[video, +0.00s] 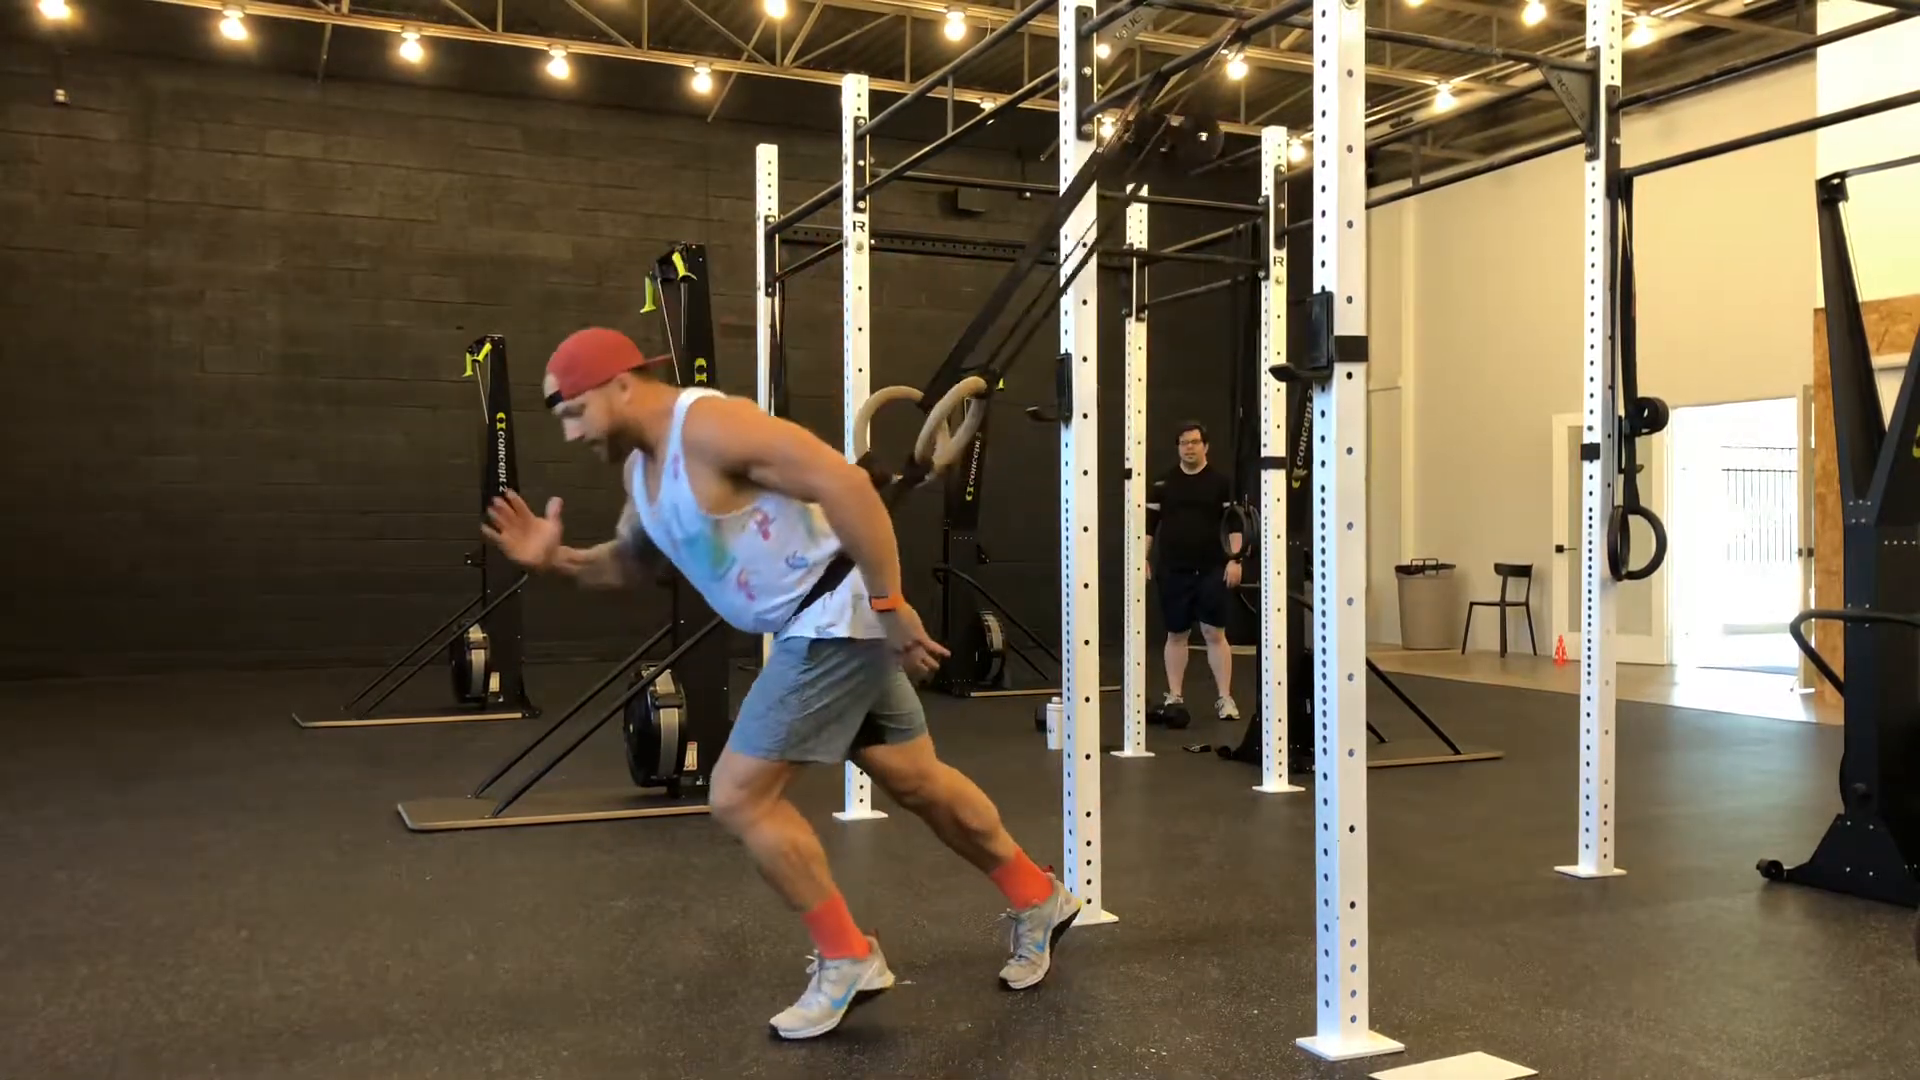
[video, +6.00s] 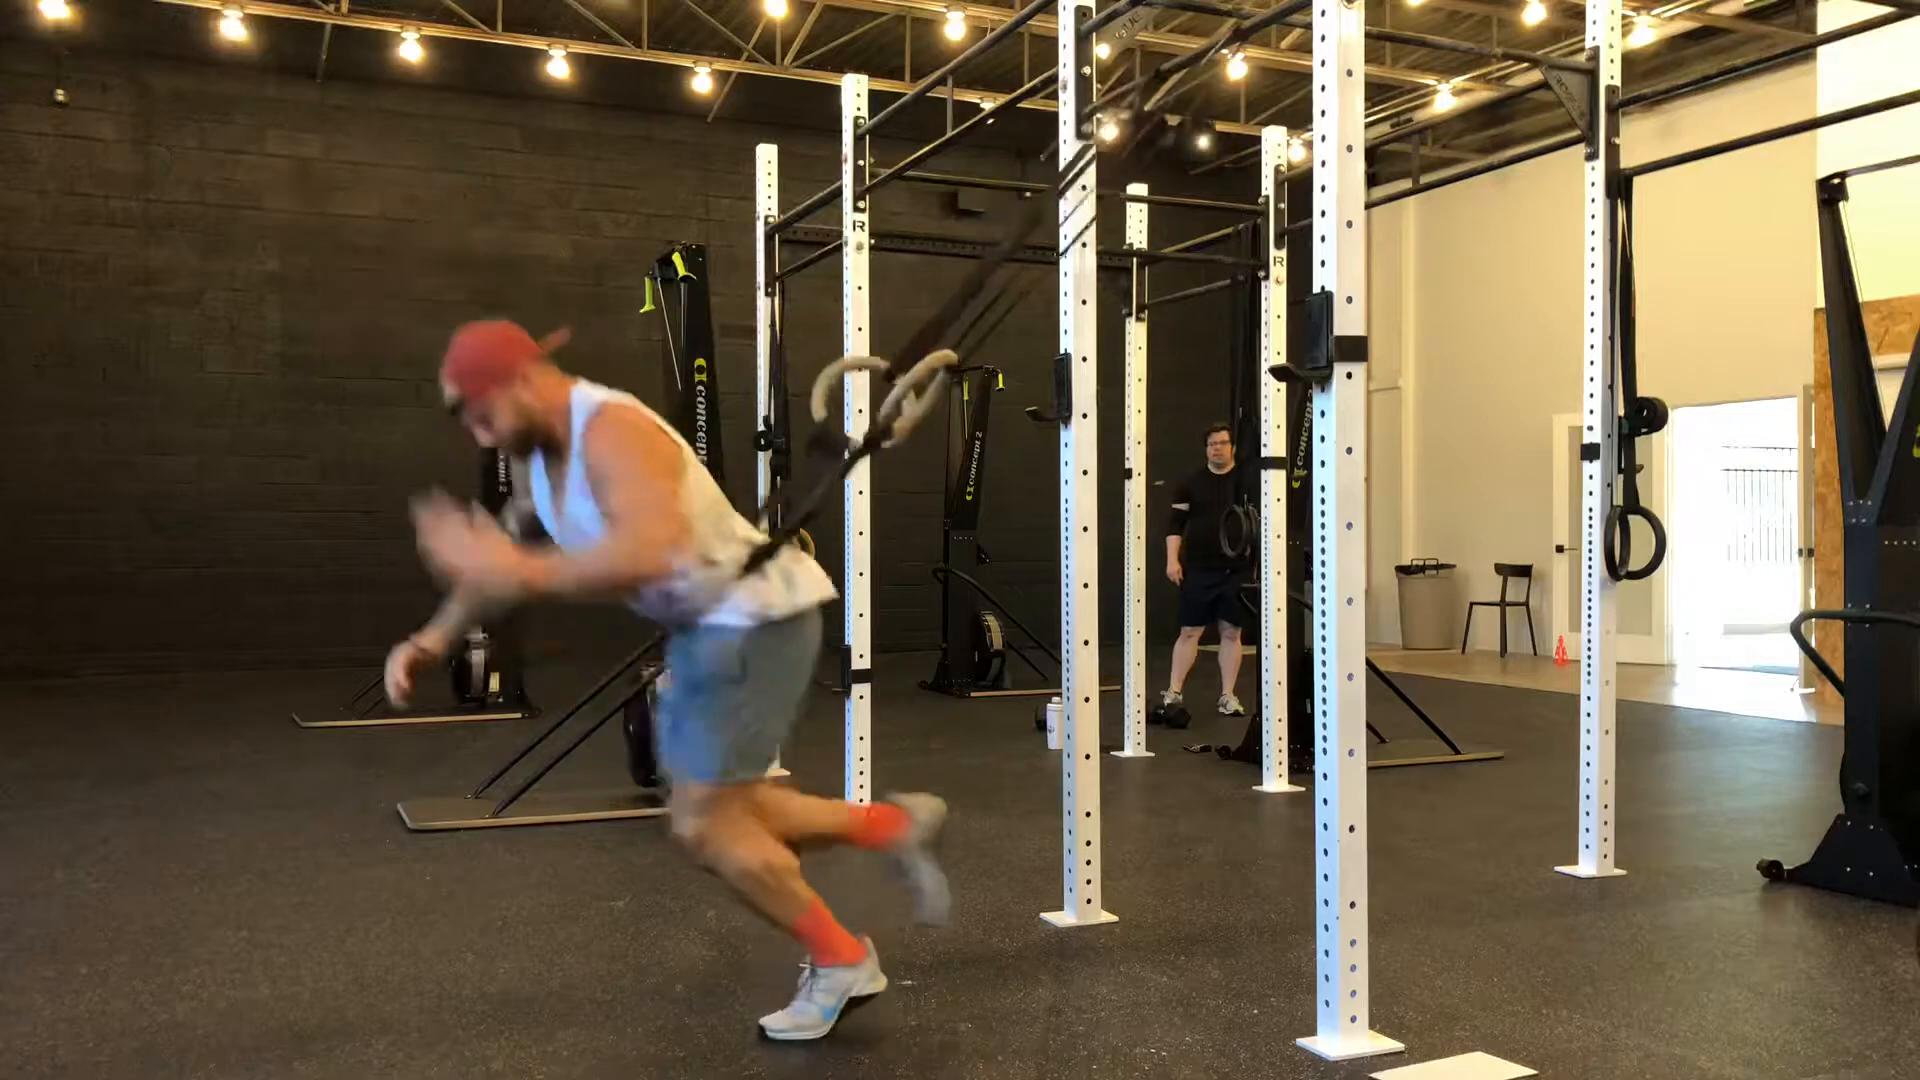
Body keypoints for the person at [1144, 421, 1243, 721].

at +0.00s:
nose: (1189, 448)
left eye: (1194, 443)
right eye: (1184, 443)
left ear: (1205, 446)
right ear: (1177, 448)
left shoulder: (1220, 482)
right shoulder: (1165, 484)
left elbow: (1234, 524)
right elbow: (1150, 525)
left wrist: (1235, 559)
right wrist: (1143, 557)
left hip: (1211, 569)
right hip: (1173, 569)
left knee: (1214, 633)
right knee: (1176, 634)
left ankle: (1225, 698)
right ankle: (1174, 696)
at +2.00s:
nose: (1182, 449)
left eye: (1187, 443)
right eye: (1177, 444)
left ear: (1200, 446)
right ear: (1171, 448)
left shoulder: (1216, 481)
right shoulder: (1161, 484)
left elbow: (1233, 522)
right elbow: (1147, 529)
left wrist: (1232, 558)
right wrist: (1141, 564)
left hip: (1209, 570)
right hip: (1171, 570)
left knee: (1213, 634)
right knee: (1175, 634)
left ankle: (1224, 698)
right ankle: (1174, 697)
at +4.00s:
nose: (1173, 449)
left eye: (1179, 443)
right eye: (1168, 444)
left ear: (1191, 447)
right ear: (1162, 449)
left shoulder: (1208, 482)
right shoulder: (1152, 485)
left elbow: (1224, 524)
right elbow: (1140, 525)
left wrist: (1221, 557)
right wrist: (1138, 563)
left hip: (1200, 569)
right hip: (1164, 569)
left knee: (1207, 632)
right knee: (1170, 634)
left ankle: (1223, 697)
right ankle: (1173, 696)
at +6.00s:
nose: (1217, 449)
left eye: (1223, 443)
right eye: (1213, 444)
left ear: (1233, 447)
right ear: (1205, 449)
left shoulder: (1246, 480)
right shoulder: (1192, 482)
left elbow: (1261, 521)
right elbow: (1175, 523)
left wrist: (1259, 561)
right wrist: (1172, 559)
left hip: (1235, 569)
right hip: (1197, 568)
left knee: (1231, 632)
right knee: (1190, 631)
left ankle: (1228, 696)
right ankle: (1174, 692)